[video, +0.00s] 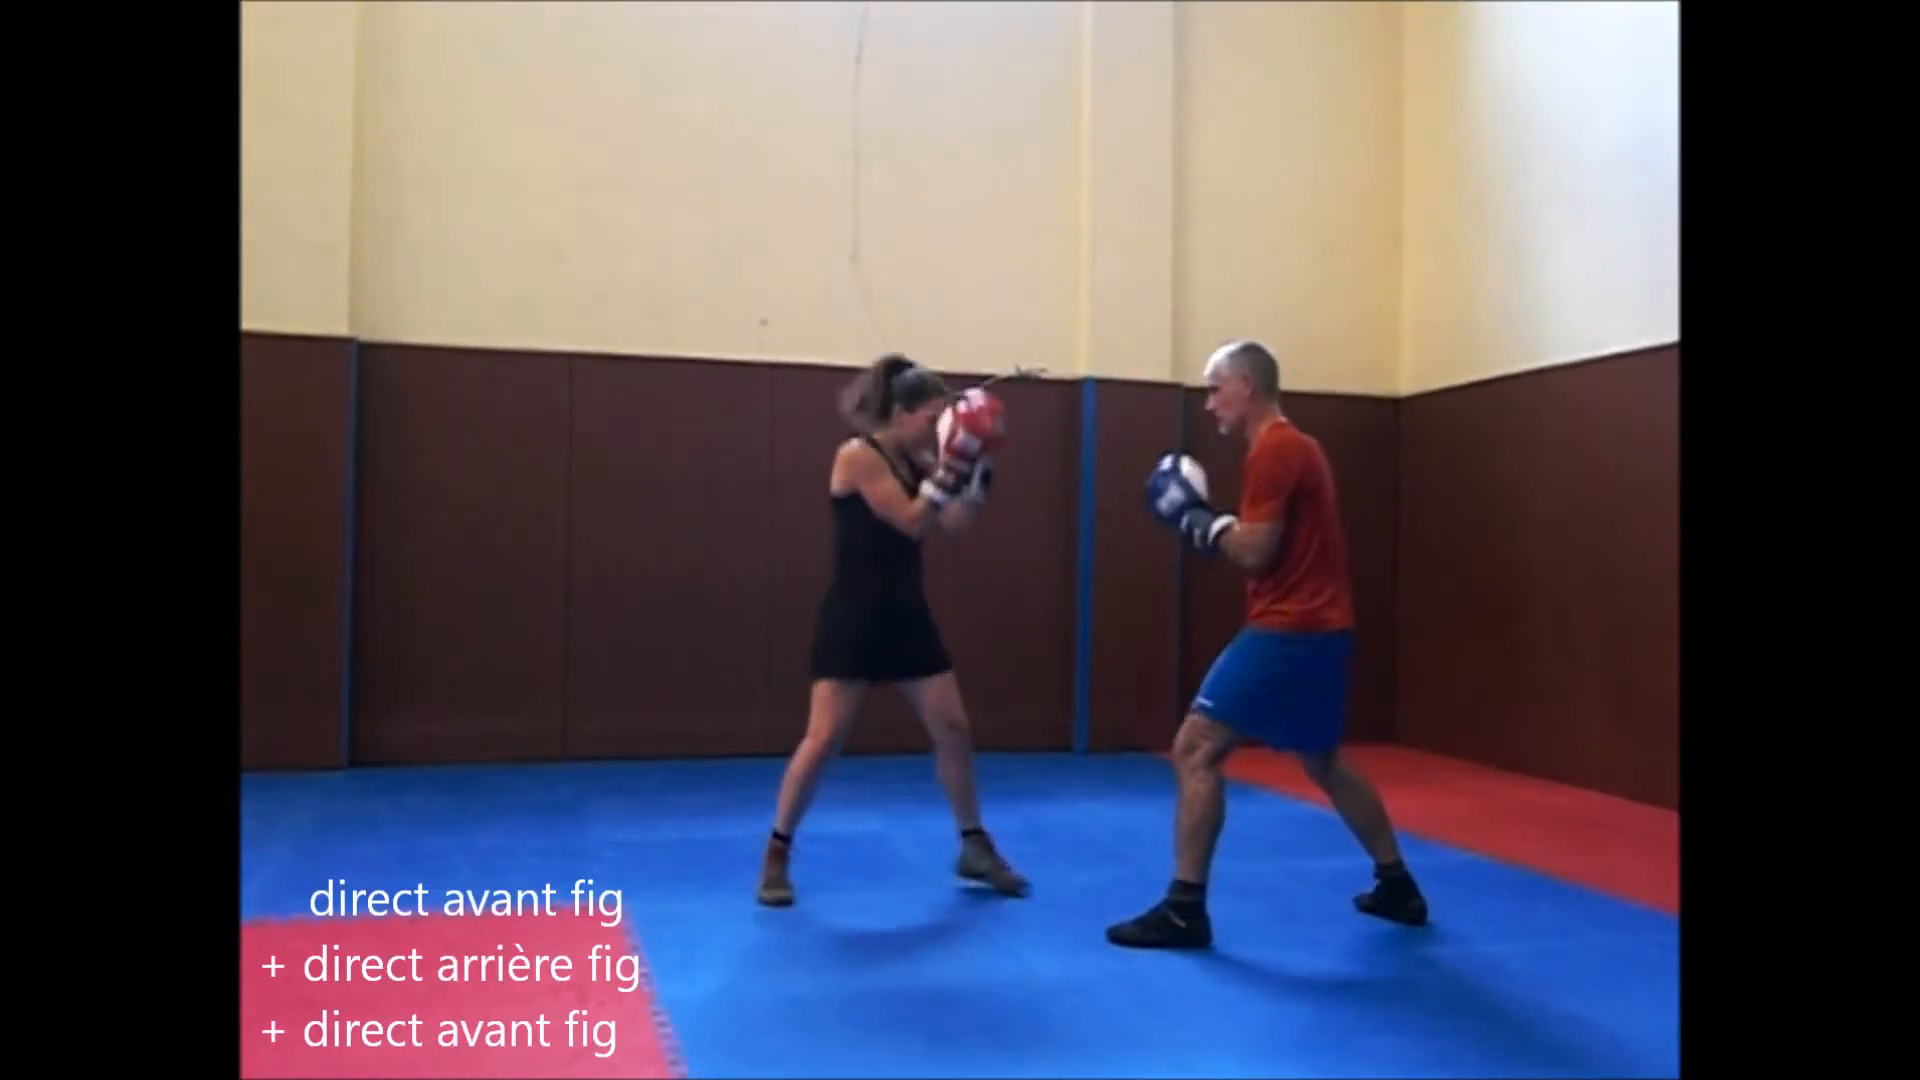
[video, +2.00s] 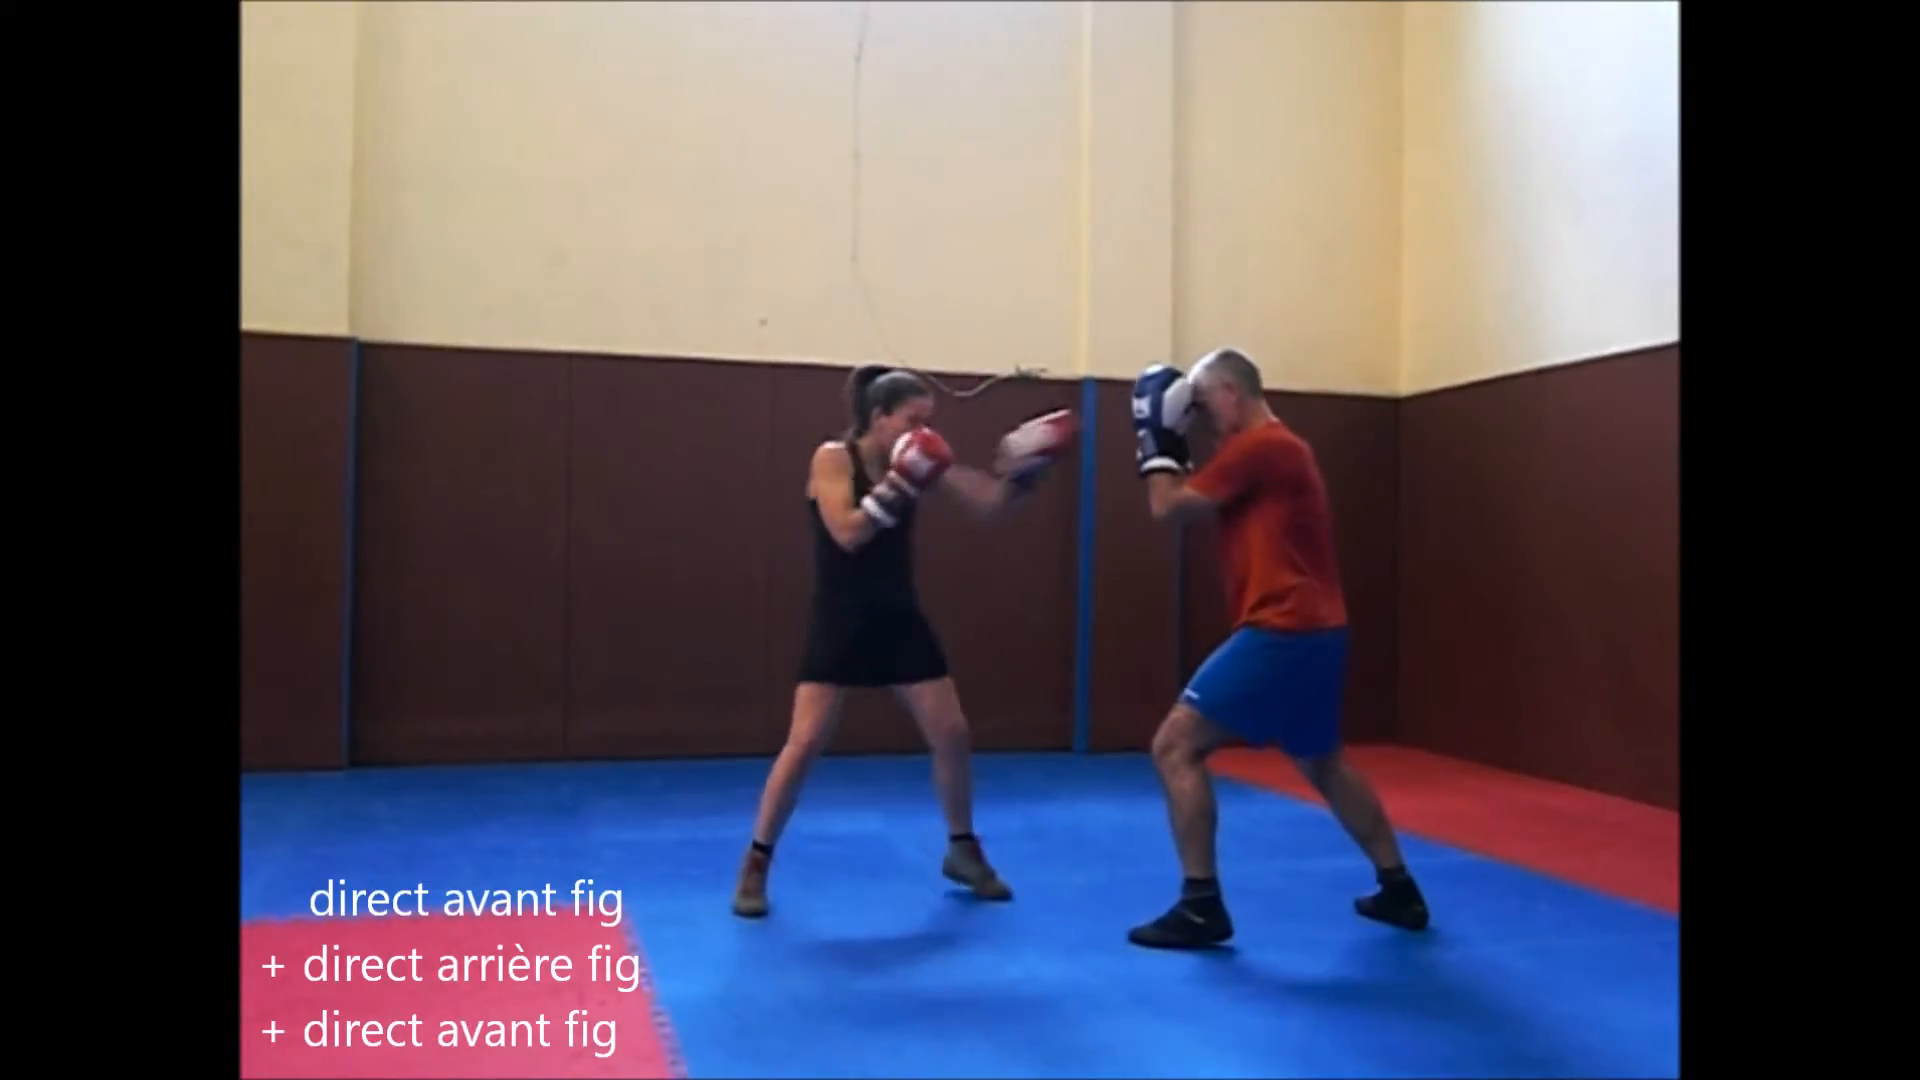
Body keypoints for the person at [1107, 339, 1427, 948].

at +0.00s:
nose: (1209, 404)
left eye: (1216, 390)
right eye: (1208, 391)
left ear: (1250, 388)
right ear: (1252, 390)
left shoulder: (1274, 449)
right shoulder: (1294, 446)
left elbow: (1253, 549)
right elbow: (1265, 545)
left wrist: (1192, 515)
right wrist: (1203, 520)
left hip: (1284, 632)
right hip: (1321, 632)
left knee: (1195, 750)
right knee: (1326, 763)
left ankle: (1184, 908)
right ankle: (1397, 885)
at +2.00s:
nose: (1204, 415)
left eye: (1206, 401)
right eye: (1200, 404)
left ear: (1232, 394)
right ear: (1249, 395)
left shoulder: (1259, 448)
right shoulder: (1282, 447)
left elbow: (1165, 503)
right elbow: (1190, 497)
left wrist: (1154, 434)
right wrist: (1173, 436)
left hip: (1278, 631)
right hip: (1317, 631)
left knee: (1175, 747)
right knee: (1325, 766)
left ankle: (1201, 905)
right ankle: (1400, 889)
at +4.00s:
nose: (1109, 419)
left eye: (1115, 406)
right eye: (1107, 407)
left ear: (1145, 401)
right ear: (1167, 404)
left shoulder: (1142, 446)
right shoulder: (1224, 442)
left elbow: (1078, 496)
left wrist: (1007, 462)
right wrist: (1116, 457)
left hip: (1197, 639)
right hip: (1263, 630)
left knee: (1098, 759)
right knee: (1294, 762)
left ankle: (1141, 913)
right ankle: (1365, 885)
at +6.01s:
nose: (1191, 387)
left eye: (1195, 373)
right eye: (1188, 375)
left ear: (1229, 368)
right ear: (1236, 371)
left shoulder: (1250, 426)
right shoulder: (1278, 424)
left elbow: (1205, 514)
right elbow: (1220, 512)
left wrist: (1163, 461)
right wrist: (1175, 476)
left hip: (1257, 619)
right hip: (1301, 615)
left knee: (1186, 750)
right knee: (1308, 754)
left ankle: (1184, 913)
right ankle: (1366, 889)